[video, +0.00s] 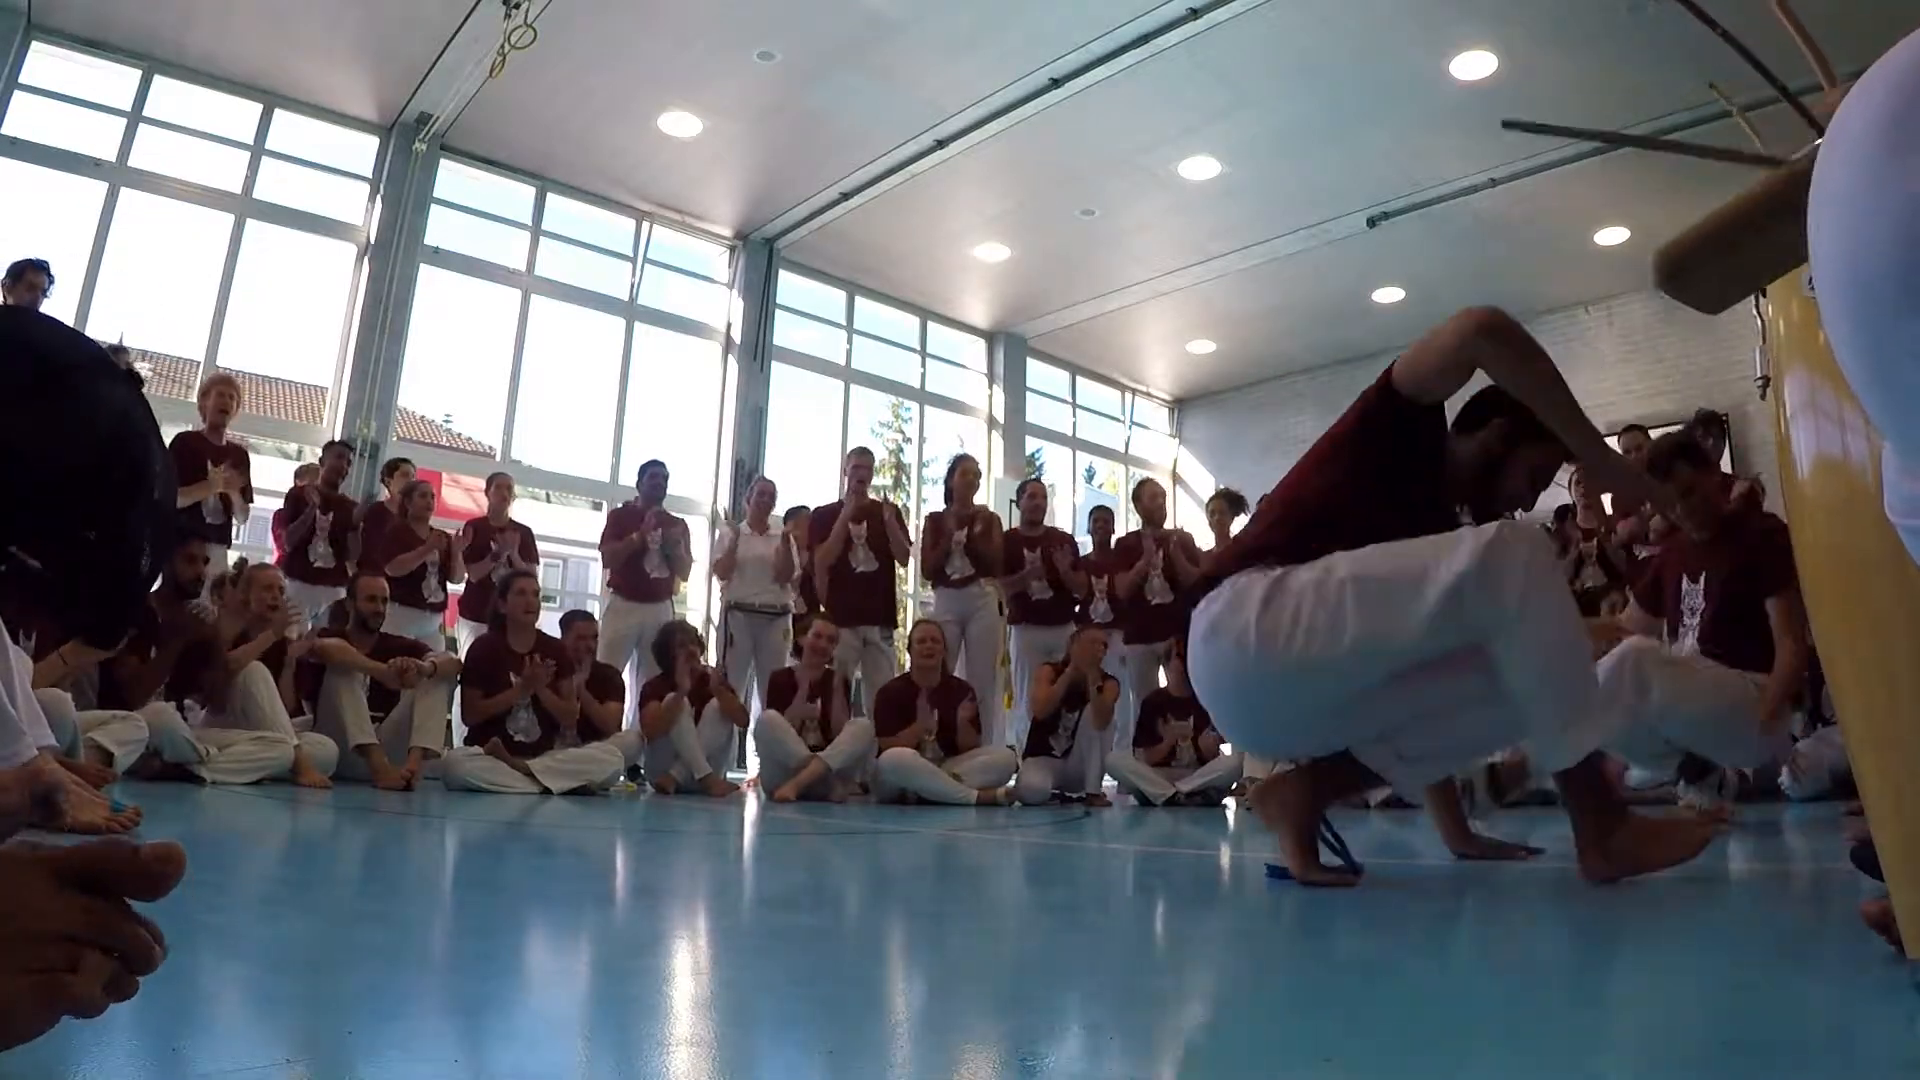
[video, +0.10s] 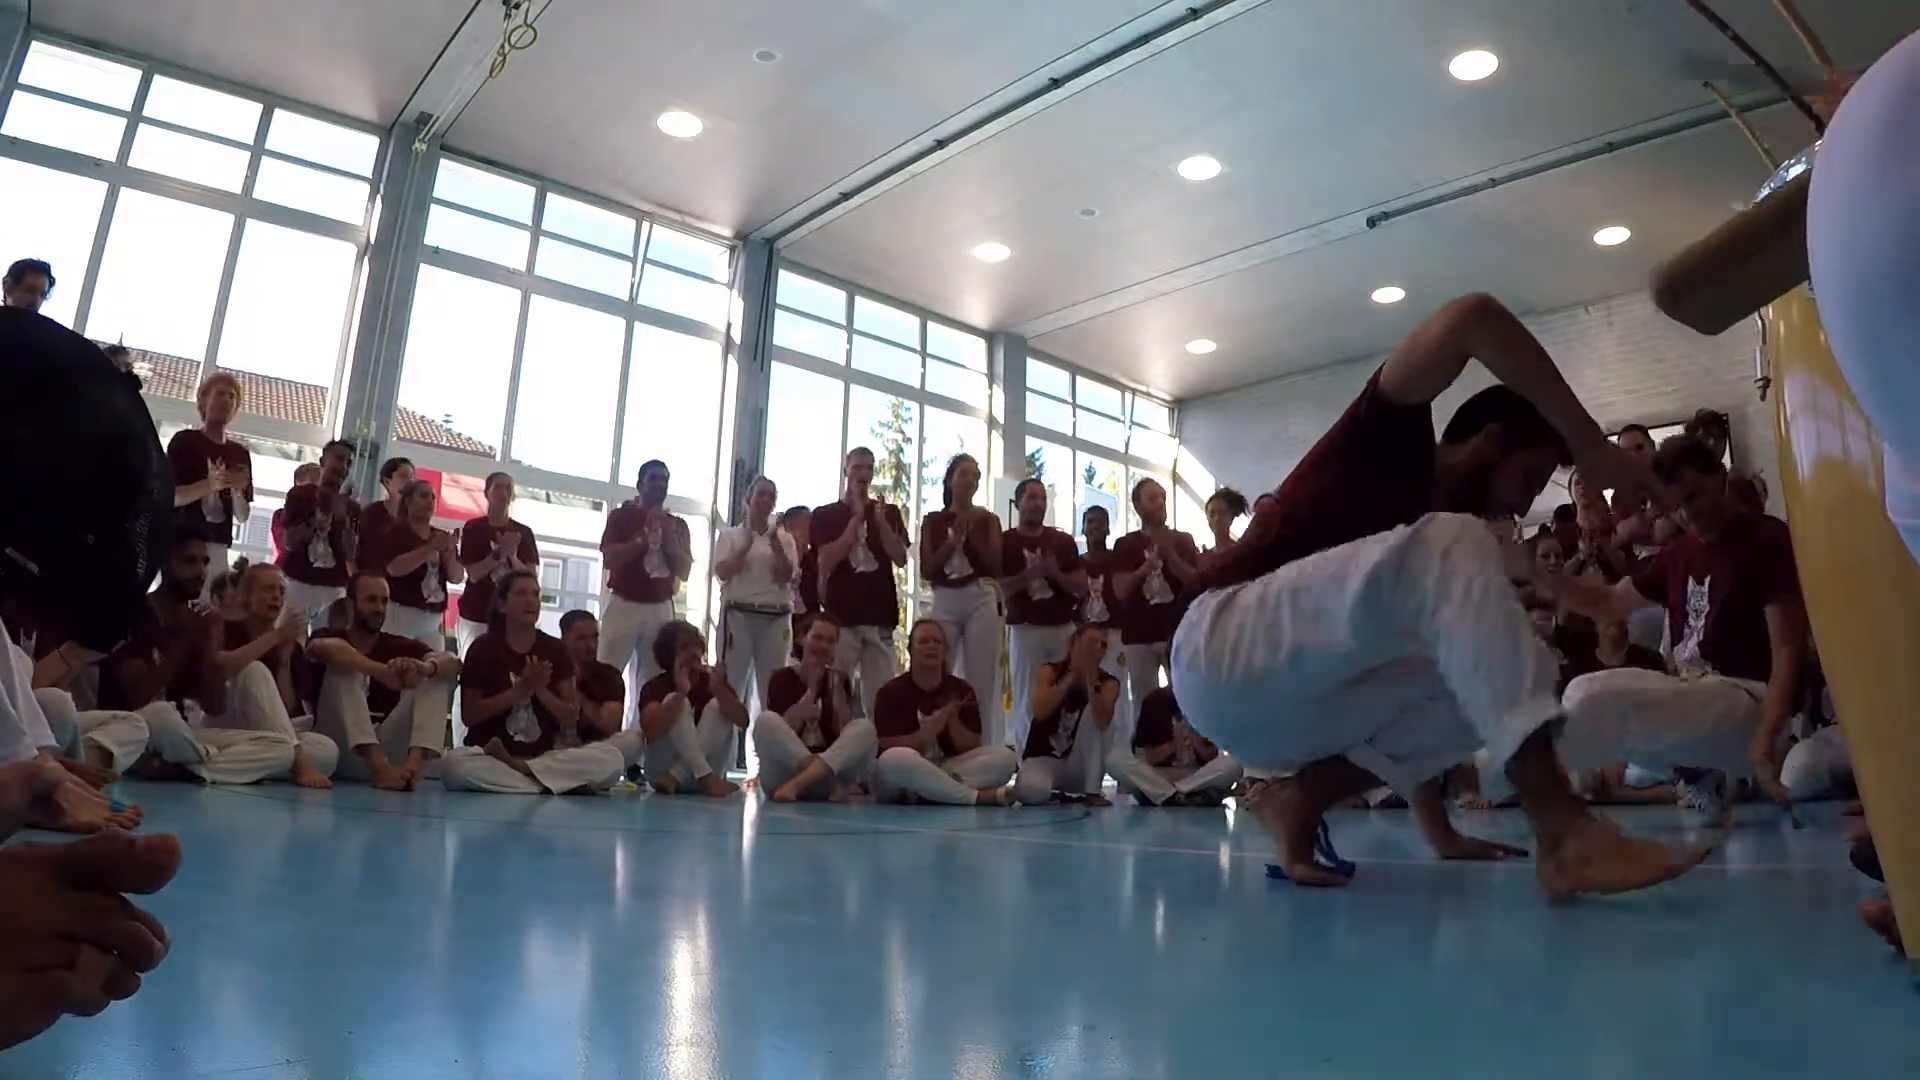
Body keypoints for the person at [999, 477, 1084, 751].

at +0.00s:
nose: (1038, 502)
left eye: (1042, 497)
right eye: (1031, 496)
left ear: (1048, 503)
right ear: (1018, 502)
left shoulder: (1064, 540)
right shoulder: (1007, 541)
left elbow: (1082, 589)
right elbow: (1001, 585)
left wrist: (1065, 570)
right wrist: (1028, 574)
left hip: (1062, 628)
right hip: (1025, 629)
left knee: (1064, 699)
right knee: (1026, 701)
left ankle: (1063, 763)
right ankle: (1025, 764)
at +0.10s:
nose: (1037, 503)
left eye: (1042, 498)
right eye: (1031, 497)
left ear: (1047, 504)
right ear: (1017, 503)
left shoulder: (1063, 540)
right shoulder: (1005, 541)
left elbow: (1081, 587)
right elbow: (999, 587)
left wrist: (1053, 573)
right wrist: (1028, 575)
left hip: (1061, 628)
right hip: (1023, 628)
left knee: (1063, 695)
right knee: (1025, 697)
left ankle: (1063, 759)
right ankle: (1024, 762)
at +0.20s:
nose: (1037, 503)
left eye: (1041, 498)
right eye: (1030, 497)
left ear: (1047, 504)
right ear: (1016, 503)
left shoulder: (1063, 541)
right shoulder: (1004, 542)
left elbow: (1081, 587)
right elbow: (999, 588)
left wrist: (1053, 572)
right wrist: (1029, 575)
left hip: (1063, 629)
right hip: (1025, 630)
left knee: (1064, 699)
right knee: (1024, 701)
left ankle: (1063, 763)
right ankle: (1023, 765)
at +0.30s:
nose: (1037, 503)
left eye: (1041, 498)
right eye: (1031, 497)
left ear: (1047, 504)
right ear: (1017, 503)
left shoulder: (1064, 540)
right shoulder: (1005, 542)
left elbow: (1080, 586)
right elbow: (1002, 589)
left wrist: (1057, 571)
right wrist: (1031, 572)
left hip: (1064, 629)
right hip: (1026, 630)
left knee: (1064, 696)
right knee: (1024, 698)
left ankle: (1064, 759)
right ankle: (1021, 760)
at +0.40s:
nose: (1040, 504)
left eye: (1045, 499)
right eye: (1033, 498)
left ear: (1049, 504)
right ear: (1019, 503)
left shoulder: (1067, 540)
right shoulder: (1005, 543)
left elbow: (1084, 587)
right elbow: (1002, 591)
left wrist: (1056, 571)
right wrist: (1033, 571)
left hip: (1065, 629)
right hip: (1027, 629)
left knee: (1067, 700)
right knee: (1027, 702)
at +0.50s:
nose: (1042, 504)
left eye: (1047, 499)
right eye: (1036, 498)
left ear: (1051, 504)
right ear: (1022, 503)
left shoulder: (1068, 539)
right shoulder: (1007, 543)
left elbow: (1086, 586)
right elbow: (1005, 591)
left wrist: (1056, 572)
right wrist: (1036, 570)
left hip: (1067, 629)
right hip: (1030, 628)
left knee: (1069, 703)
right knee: (1029, 703)